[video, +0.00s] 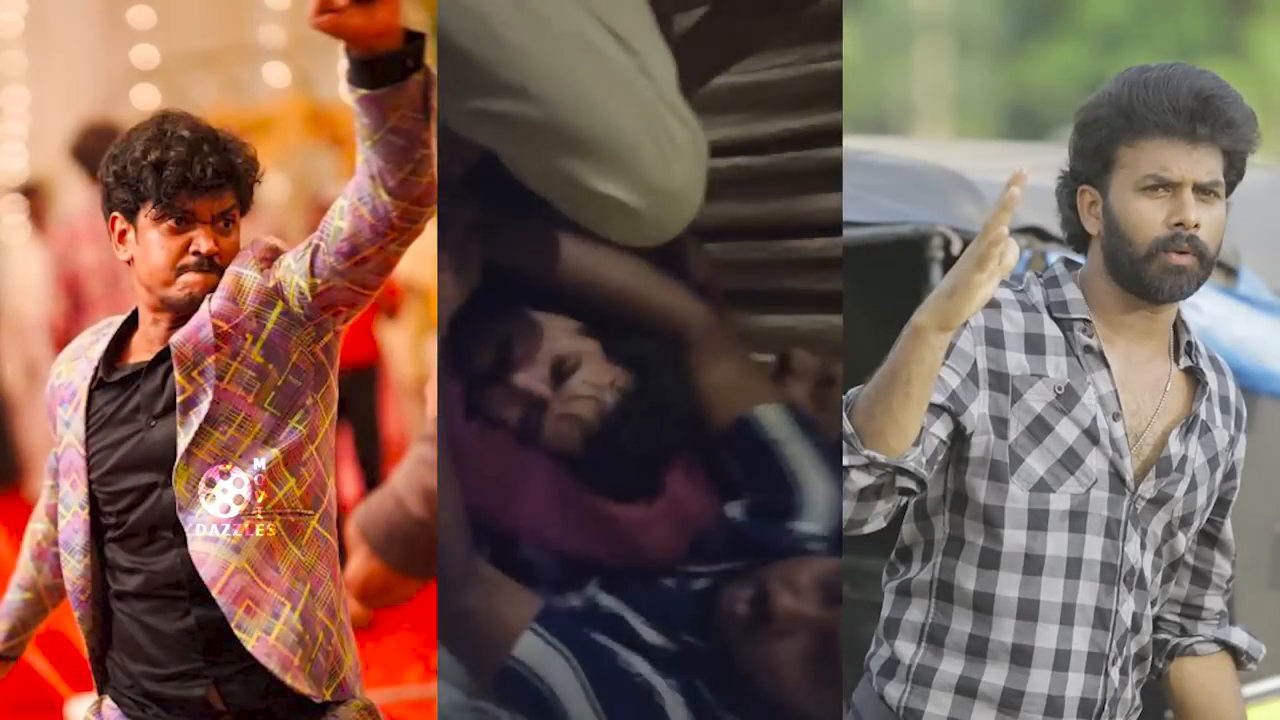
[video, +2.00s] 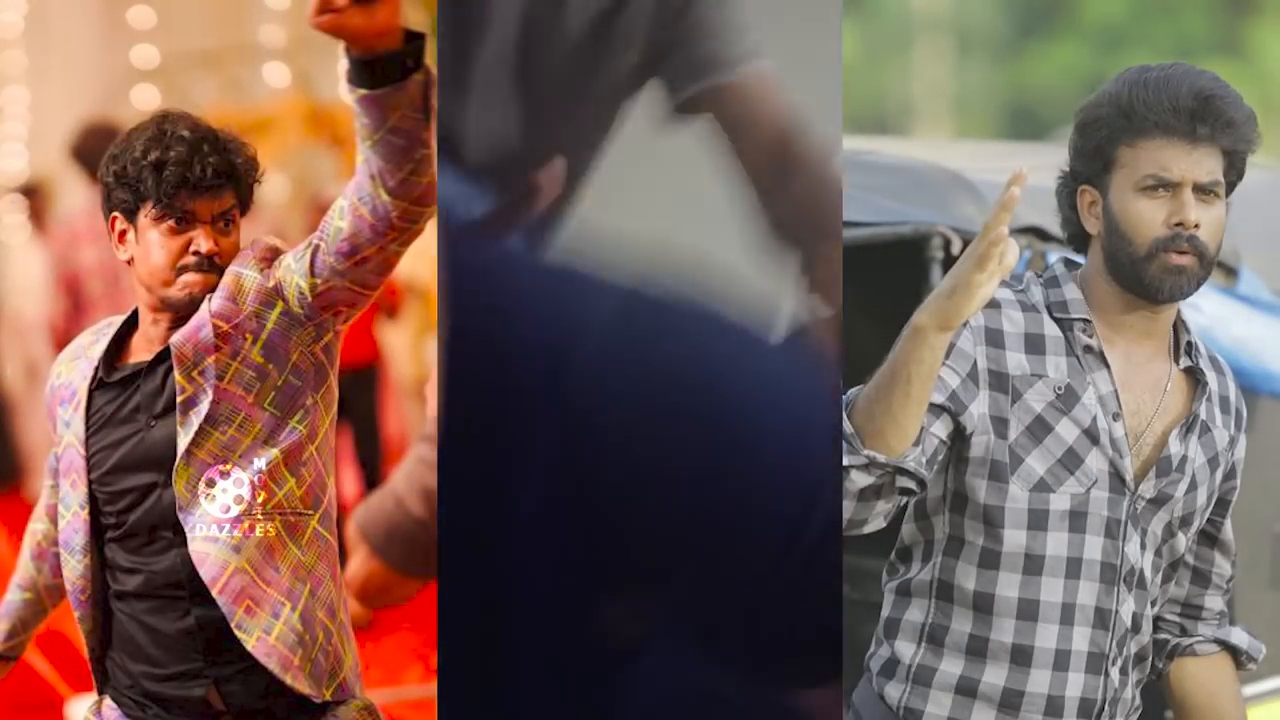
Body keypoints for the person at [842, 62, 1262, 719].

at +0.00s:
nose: (1187, 217)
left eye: (1207, 194)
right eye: (1157, 190)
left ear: (1227, 209)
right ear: (1092, 208)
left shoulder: (1219, 397)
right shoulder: (985, 328)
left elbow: (1193, 615)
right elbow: (857, 504)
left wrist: (1224, 711)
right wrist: (932, 325)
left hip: (1105, 709)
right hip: (936, 701)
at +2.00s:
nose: (1187, 217)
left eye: (1207, 194)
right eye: (1157, 190)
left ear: (1227, 208)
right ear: (1092, 207)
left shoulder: (1219, 398)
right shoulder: (984, 329)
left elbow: (1193, 617)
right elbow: (850, 508)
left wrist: (1225, 711)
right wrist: (931, 327)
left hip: (1105, 709)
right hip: (935, 702)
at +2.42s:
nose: (1187, 217)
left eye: (1207, 194)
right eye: (1157, 190)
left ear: (1227, 208)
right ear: (1092, 207)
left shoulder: (1219, 398)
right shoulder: (984, 328)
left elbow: (1193, 617)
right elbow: (852, 507)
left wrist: (1225, 710)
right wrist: (932, 327)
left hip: (1105, 709)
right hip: (934, 702)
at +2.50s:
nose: (1187, 217)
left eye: (1207, 194)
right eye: (1157, 190)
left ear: (1227, 208)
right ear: (1092, 207)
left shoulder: (1219, 398)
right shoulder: (984, 329)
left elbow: (1193, 617)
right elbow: (851, 507)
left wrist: (1225, 711)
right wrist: (931, 327)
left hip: (1105, 709)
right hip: (934, 702)